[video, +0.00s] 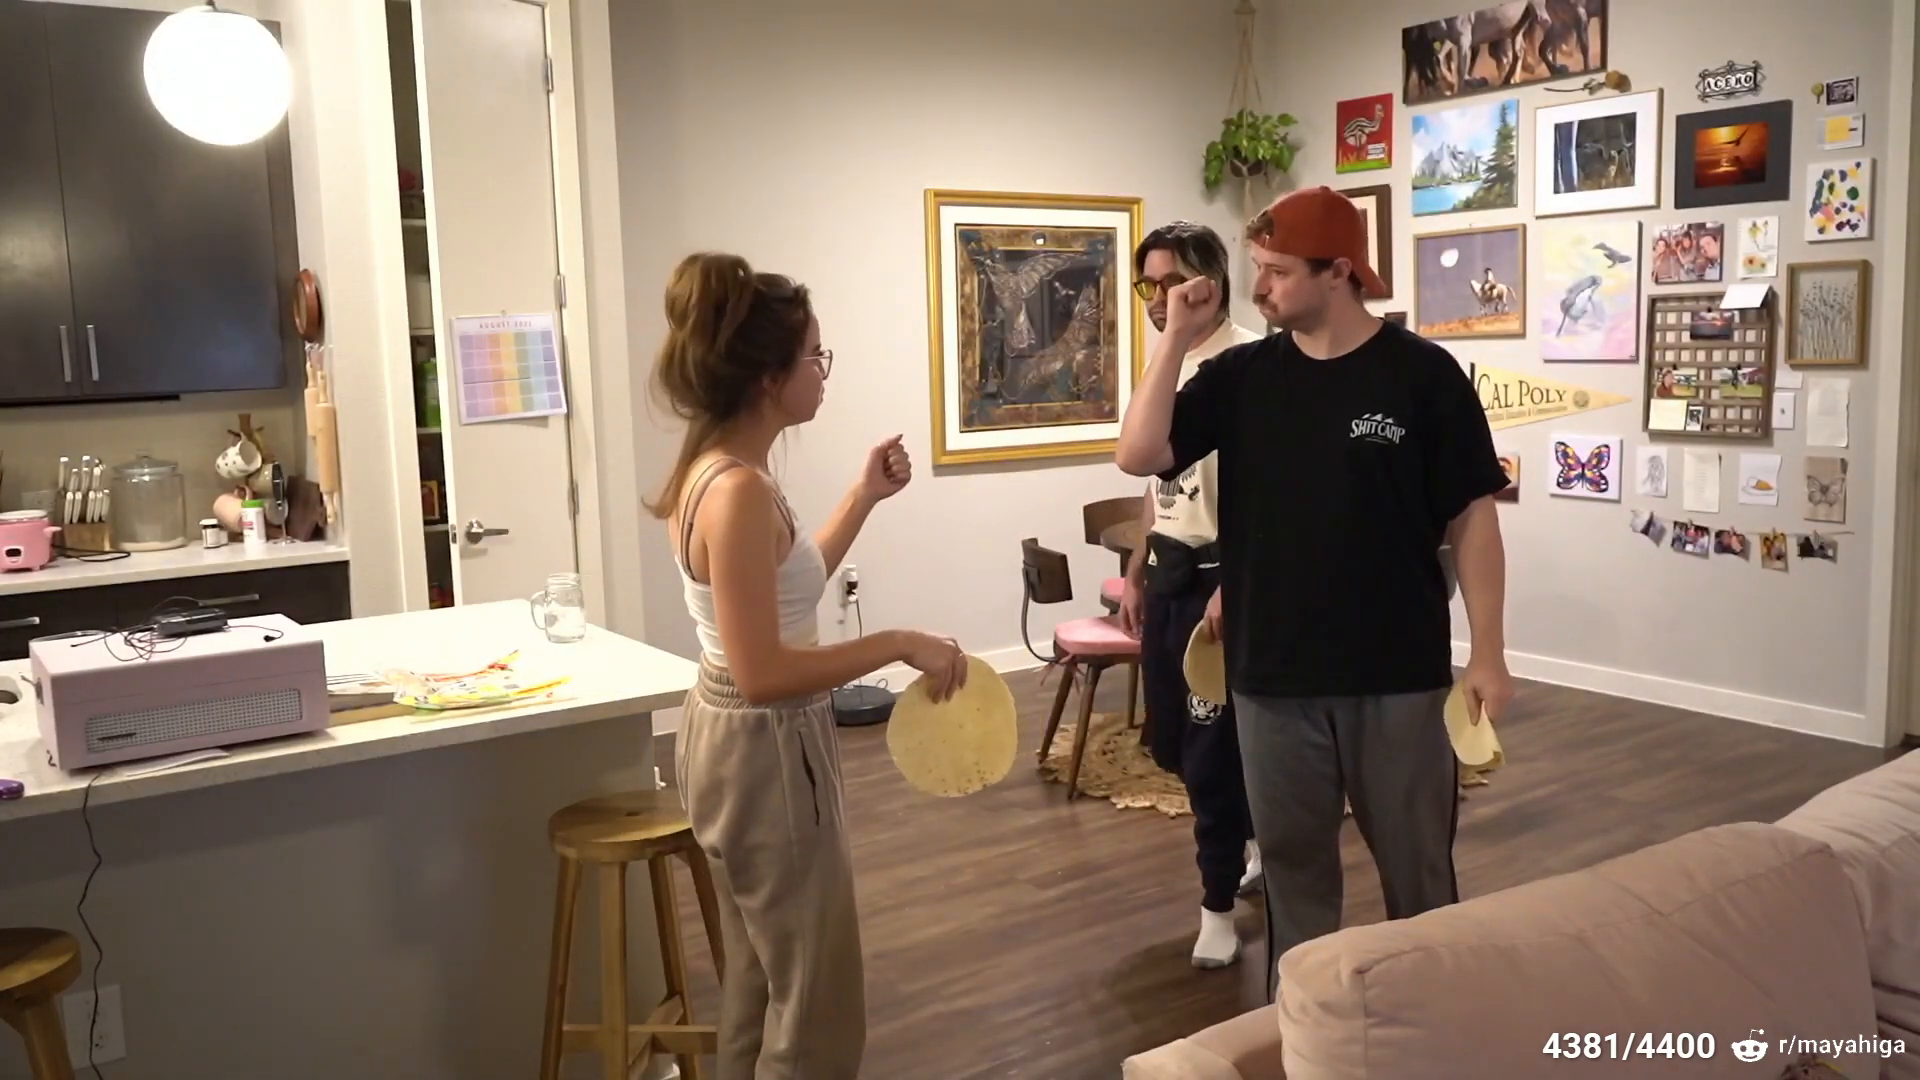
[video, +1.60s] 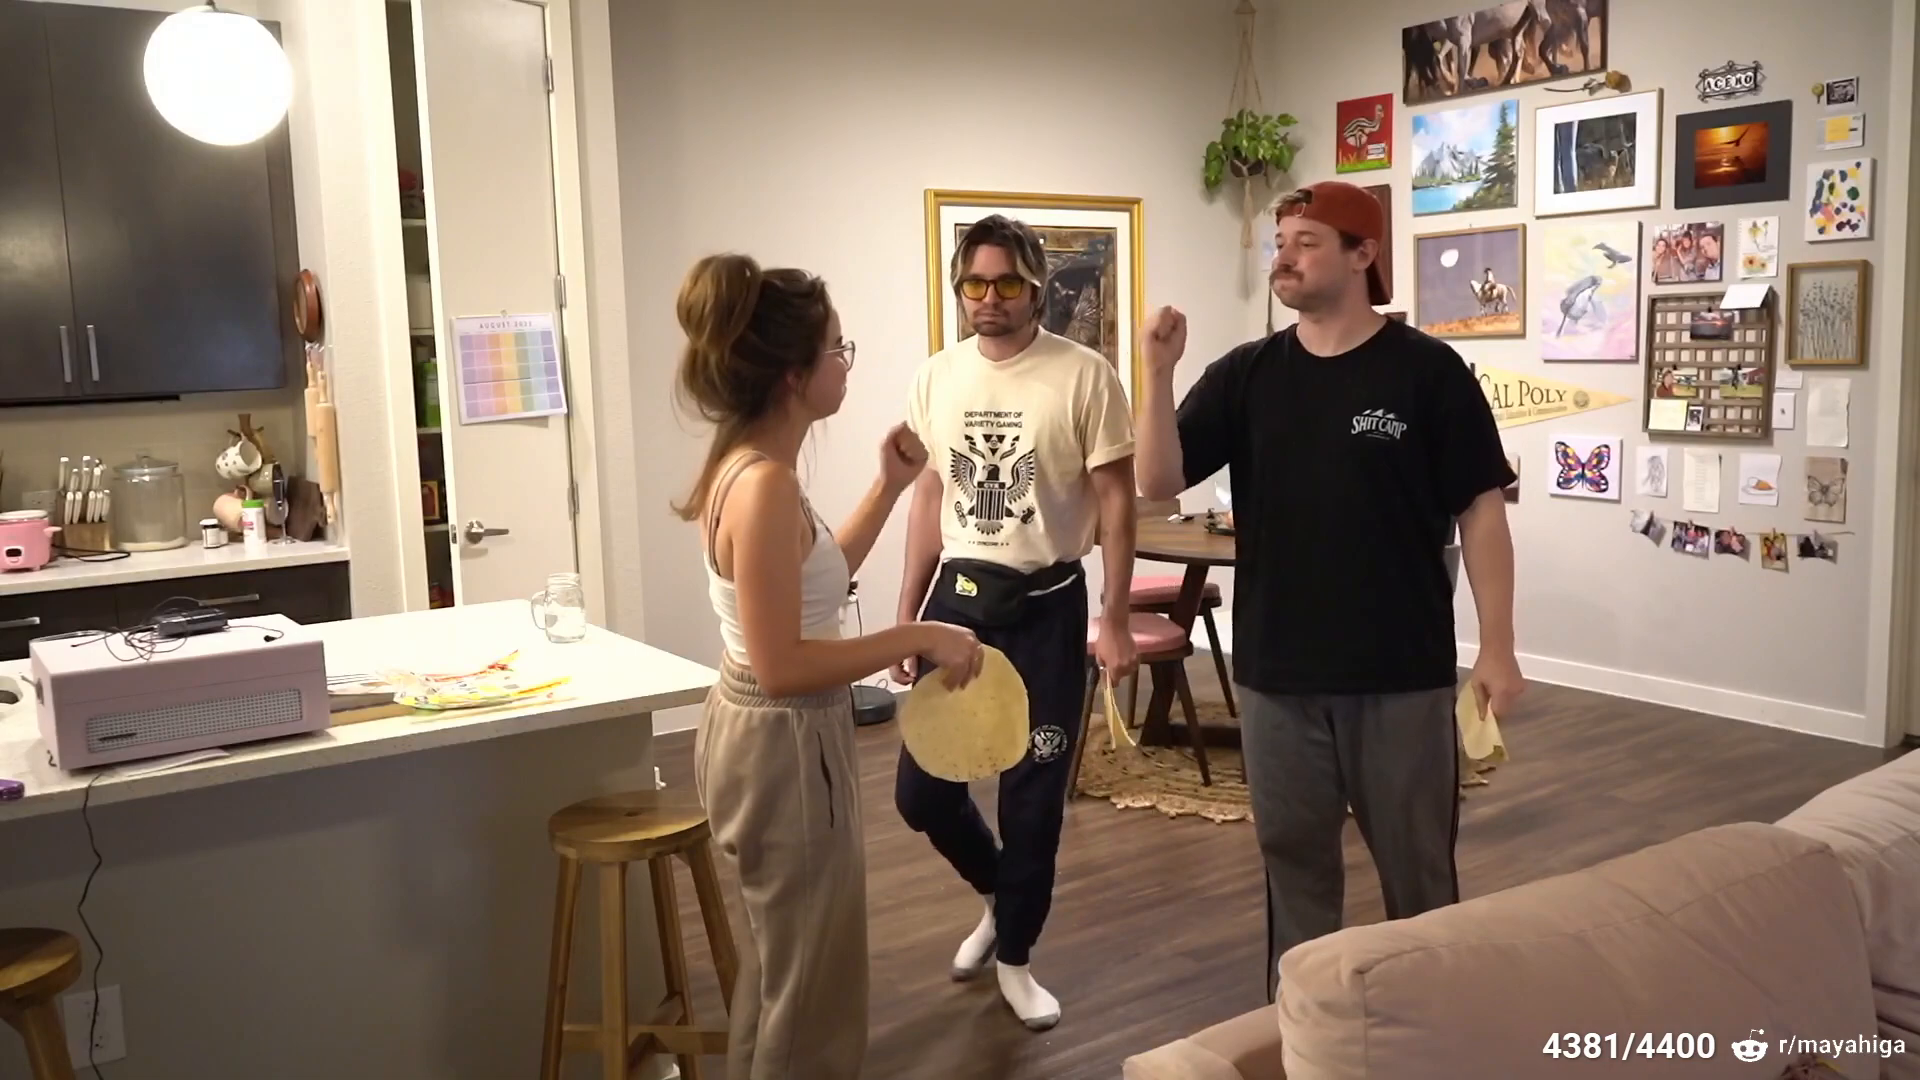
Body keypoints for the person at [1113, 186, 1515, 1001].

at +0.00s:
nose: (1258, 288)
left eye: (1274, 273)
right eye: (1257, 273)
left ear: (1338, 273)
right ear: (1313, 275)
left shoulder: (1425, 374)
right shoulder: (1239, 377)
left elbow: (1473, 518)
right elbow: (1139, 452)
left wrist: (1487, 652)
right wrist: (1174, 339)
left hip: (1397, 681)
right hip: (1272, 683)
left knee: (1420, 884)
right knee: (1293, 886)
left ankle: (1440, 1039)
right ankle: (1302, 1043)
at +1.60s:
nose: (1284, 256)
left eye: (1306, 243)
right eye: (1280, 244)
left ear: (1361, 258)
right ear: (1274, 260)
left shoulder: (1431, 371)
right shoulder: (1247, 374)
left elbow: (1484, 510)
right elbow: (1157, 481)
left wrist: (1498, 648)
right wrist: (1159, 371)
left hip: (1402, 677)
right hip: (1277, 677)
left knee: (1418, 879)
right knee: (1294, 874)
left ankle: (1439, 1034)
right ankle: (1303, 1036)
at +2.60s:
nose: (1277, 260)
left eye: (1299, 247)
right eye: (1272, 248)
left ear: (1352, 262)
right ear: (1268, 261)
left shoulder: (1423, 373)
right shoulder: (1232, 377)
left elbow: (1475, 511)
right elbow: (1121, 442)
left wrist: (1490, 645)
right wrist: (1021, 476)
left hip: (1399, 678)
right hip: (1276, 680)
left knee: (1419, 880)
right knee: (1291, 878)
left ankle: (1444, 1031)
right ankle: (1298, 1036)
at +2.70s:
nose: (1267, 258)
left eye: (1288, 246)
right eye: (1261, 247)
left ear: (1342, 260)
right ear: (1256, 262)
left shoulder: (1414, 371)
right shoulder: (1228, 380)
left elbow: (1476, 500)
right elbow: (1118, 453)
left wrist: (1473, 632)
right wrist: (1014, 504)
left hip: (1394, 676)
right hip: (1271, 681)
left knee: (1419, 882)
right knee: (1288, 881)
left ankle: (1441, 1033)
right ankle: (1297, 1038)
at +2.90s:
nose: (1248, 258)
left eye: (1270, 245)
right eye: (1243, 247)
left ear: (1324, 259)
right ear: (1237, 264)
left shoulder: (1392, 375)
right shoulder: (1207, 383)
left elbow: (1437, 517)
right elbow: (1145, 499)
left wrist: (1328, 562)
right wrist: (1132, 523)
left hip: (1373, 675)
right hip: (1250, 677)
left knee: (1402, 862)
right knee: (1273, 867)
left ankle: (1428, 1016)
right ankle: (1293, 1026)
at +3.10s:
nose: (1221, 264)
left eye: (1242, 250)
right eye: (1217, 252)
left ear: (1299, 261)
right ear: (1216, 266)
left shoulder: (1349, 370)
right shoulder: (1209, 380)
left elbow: (1332, 517)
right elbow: (1206, 522)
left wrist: (1191, 504)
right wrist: (1153, 519)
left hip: (1335, 672)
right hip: (1234, 668)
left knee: (1340, 872)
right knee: (1267, 876)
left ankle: (1374, 1032)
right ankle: (1293, 1028)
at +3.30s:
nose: (1200, 275)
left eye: (1220, 260)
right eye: (1197, 261)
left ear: (1276, 270)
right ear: (1203, 271)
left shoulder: (1306, 362)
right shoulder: (1224, 386)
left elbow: (1237, 501)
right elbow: (1184, 516)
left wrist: (1104, 475)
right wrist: (1095, 492)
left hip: (1306, 675)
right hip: (1235, 672)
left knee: (1293, 885)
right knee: (1256, 880)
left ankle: (1322, 1049)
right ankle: (1294, 1040)